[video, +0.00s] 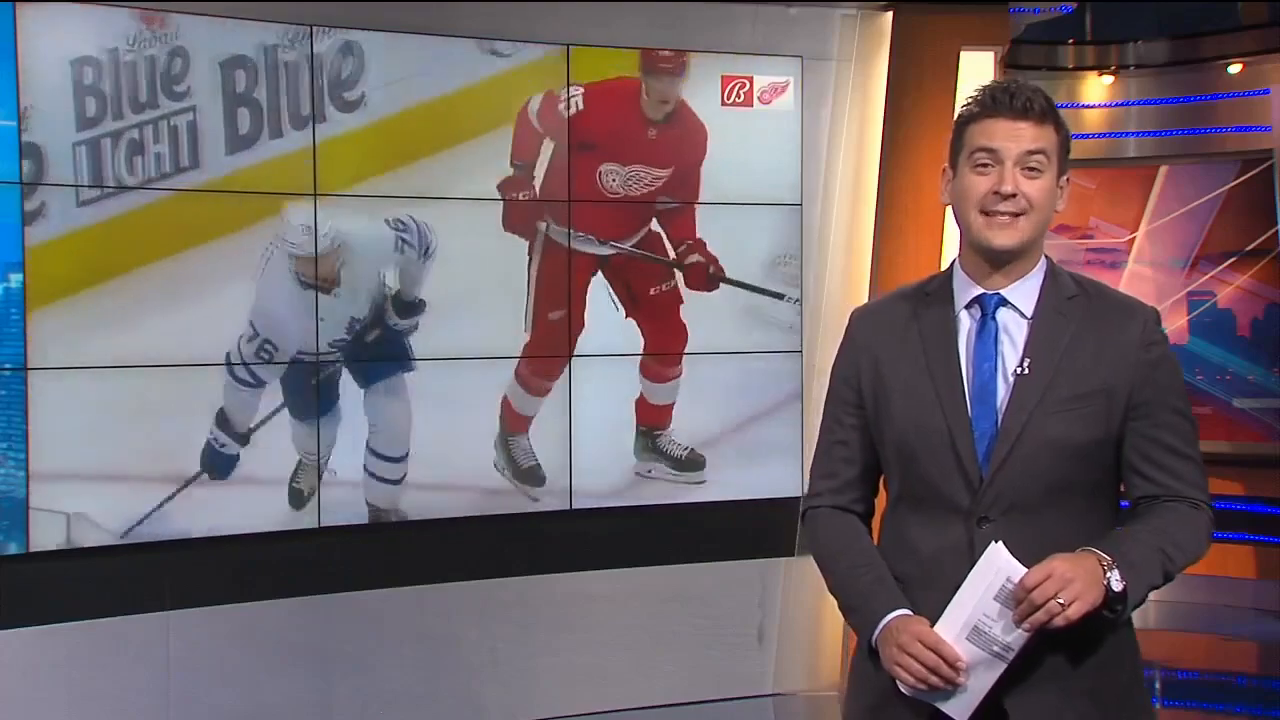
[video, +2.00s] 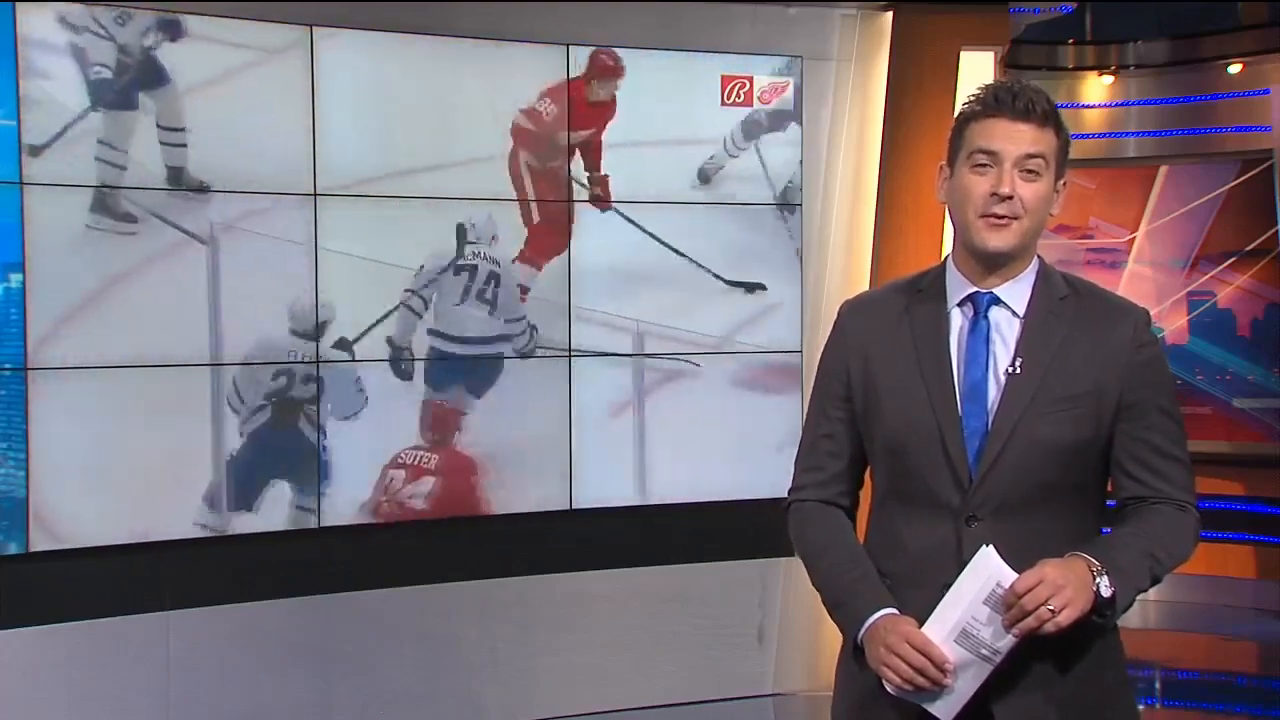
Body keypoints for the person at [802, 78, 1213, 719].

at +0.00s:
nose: (1007, 185)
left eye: (1032, 168)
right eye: (984, 164)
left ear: (1060, 193)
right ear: (949, 186)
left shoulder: (1127, 332)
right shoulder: (876, 332)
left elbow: (1181, 507)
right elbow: (831, 506)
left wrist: (1107, 566)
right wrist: (885, 620)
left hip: (1071, 690)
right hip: (907, 687)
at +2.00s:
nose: (1004, 189)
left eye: (1029, 171)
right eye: (982, 164)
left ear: (1056, 196)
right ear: (946, 183)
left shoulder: (1119, 335)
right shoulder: (866, 326)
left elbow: (1167, 509)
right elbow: (816, 500)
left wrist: (1095, 571)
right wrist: (872, 619)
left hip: (1056, 691)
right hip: (893, 687)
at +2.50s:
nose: (1001, 192)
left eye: (1028, 174)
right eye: (981, 167)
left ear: (1055, 196)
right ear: (945, 183)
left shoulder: (1119, 336)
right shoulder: (865, 327)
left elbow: (1166, 510)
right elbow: (815, 501)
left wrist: (1094, 572)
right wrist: (871, 620)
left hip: (1056, 692)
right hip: (892, 688)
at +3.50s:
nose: (1001, 192)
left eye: (1027, 174)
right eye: (980, 167)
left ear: (1055, 196)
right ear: (945, 184)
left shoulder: (1119, 336)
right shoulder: (865, 327)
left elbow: (1166, 509)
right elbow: (815, 500)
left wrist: (1096, 572)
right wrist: (871, 619)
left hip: (1056, 691)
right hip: (892, 687)